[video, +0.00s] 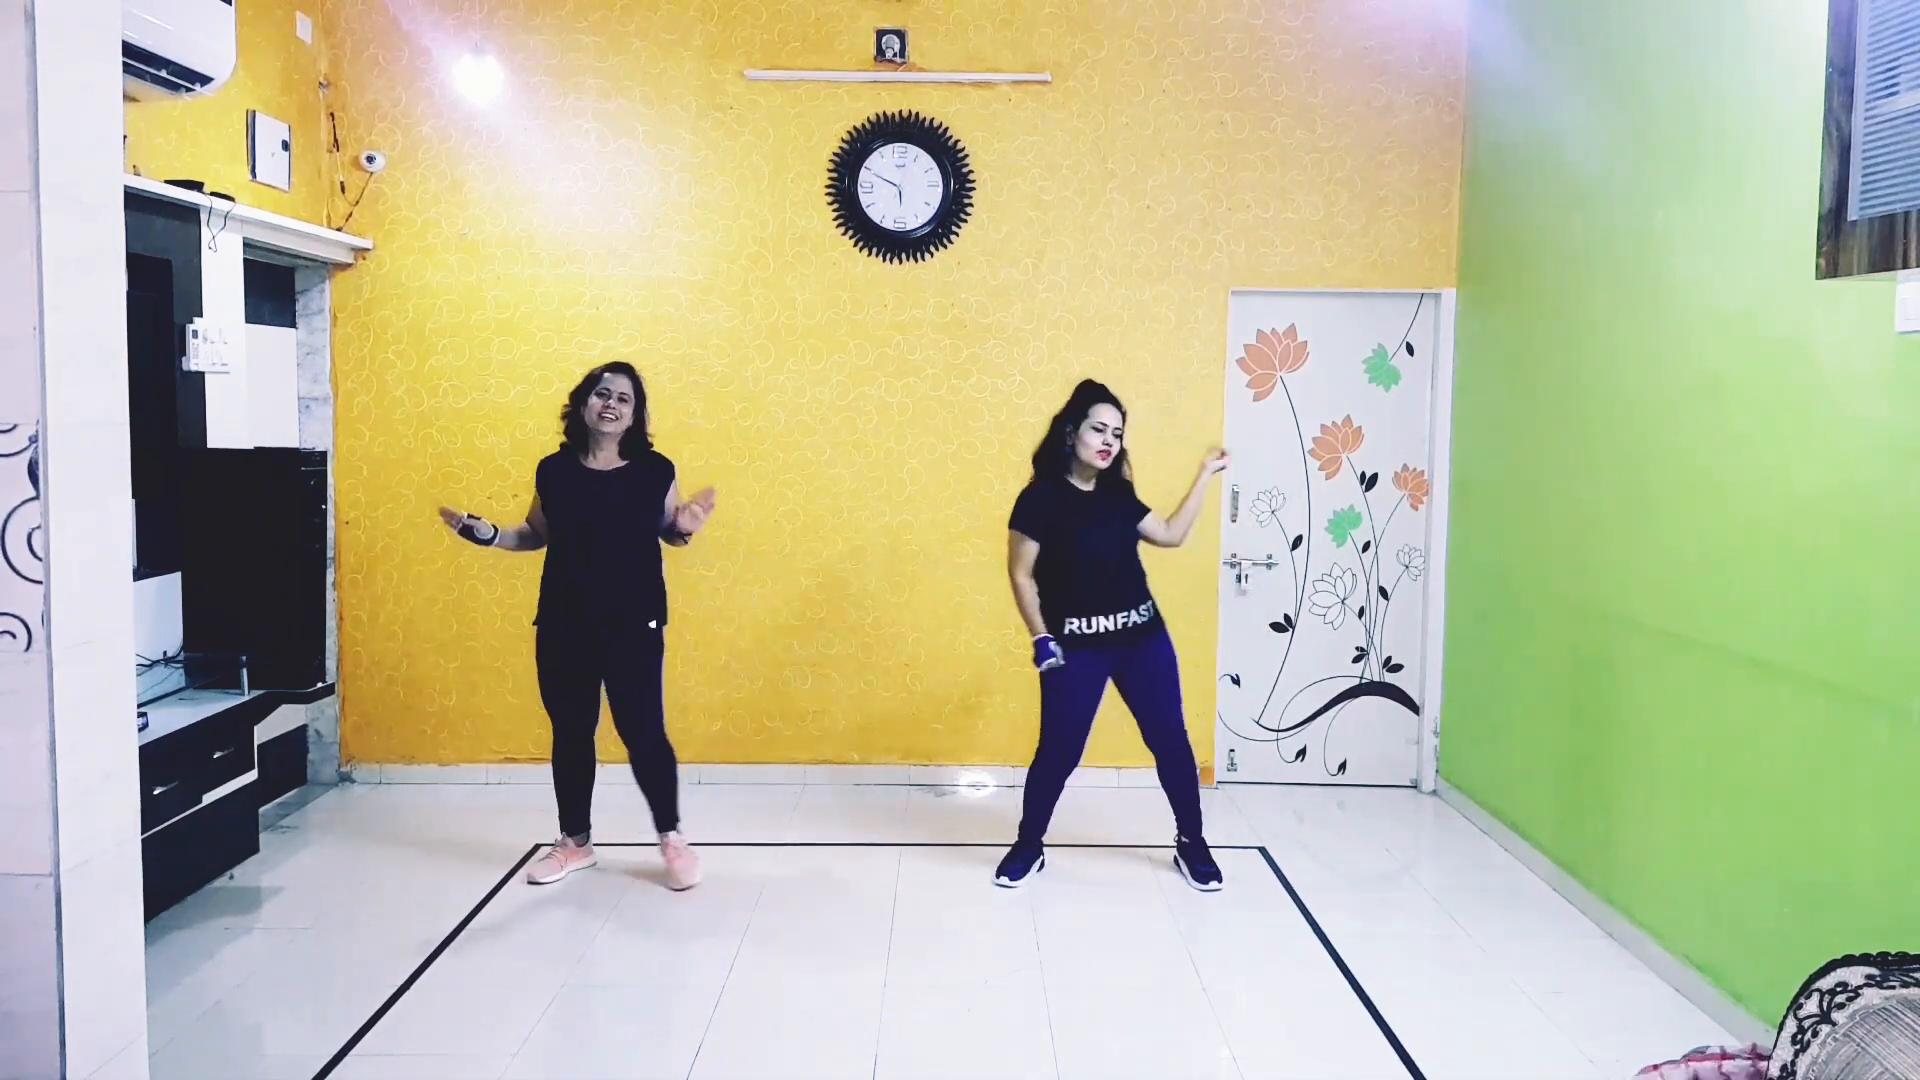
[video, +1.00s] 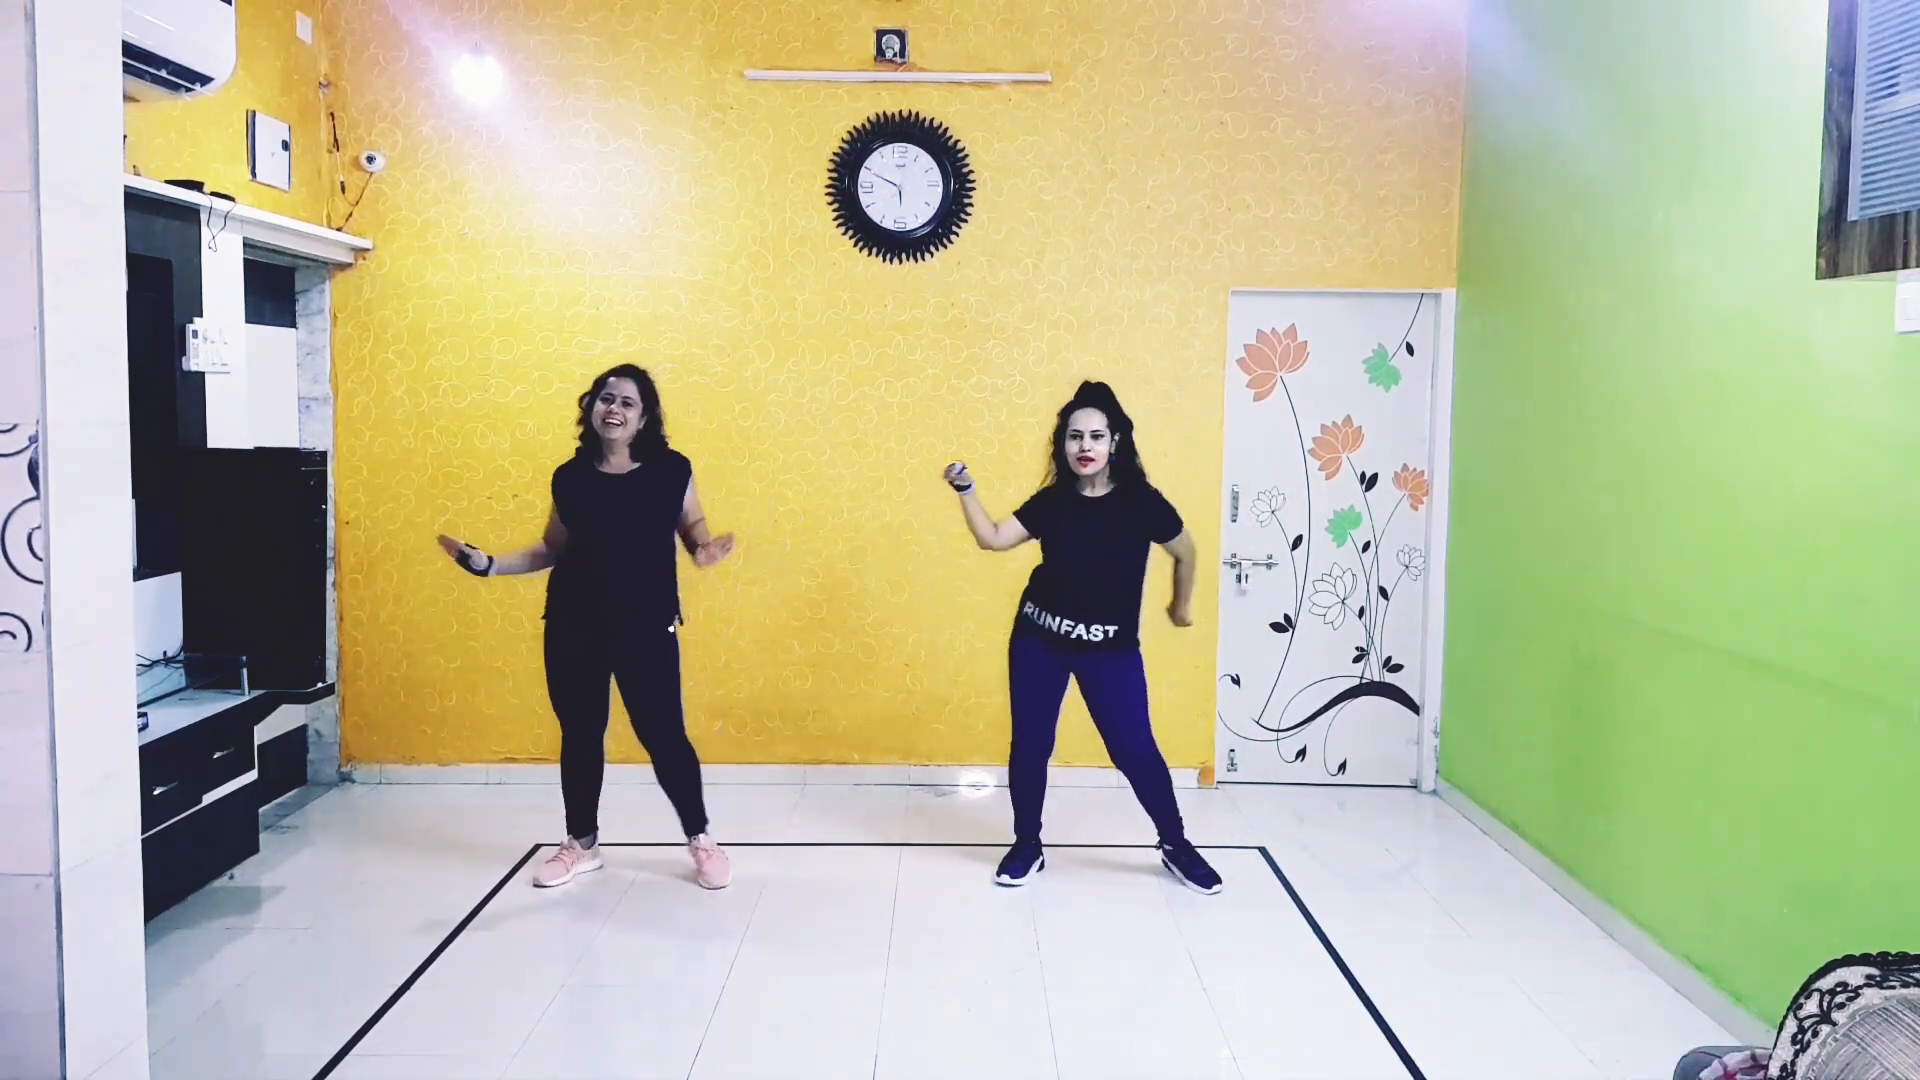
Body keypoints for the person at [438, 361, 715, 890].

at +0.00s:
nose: (610, 404)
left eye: (623, 399)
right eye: (602, 394)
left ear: (636, 413)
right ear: (581, 402)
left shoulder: (655, 471)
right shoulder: (555, 471)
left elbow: (672, 534)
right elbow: (536, 533)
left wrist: (683, 525)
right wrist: (490, 534)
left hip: (633, 625)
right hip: (565, 624)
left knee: (643, 732)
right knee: (570, 734)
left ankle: (670, 838)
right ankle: (574, 843)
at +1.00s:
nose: (613, 407)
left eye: (626, 402)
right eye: (606, 398)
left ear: (645, 416)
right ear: (590, 407)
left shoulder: (671, 472)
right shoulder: (570, 478)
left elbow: (697, 538)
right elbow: (551, 550)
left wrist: (708, 550)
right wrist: (490, 564)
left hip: (645, 628)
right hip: (575, 628)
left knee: (664, 736)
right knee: (579, 736)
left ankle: (700, 840)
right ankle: (580, 844)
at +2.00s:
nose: (657, 405)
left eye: (671, 399)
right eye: (652, 397)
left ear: (696, 413)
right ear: (642, 408)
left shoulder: (723, 474)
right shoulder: (627, 475)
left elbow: (754, 532)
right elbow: (617, 538)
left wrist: (788, 551)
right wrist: (562, 562)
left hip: (715, 623)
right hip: (647, 623)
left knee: (719, 733)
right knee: (614, 731)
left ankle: (737, 845)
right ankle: (602, 845)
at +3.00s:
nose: (668, 414)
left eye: (681, 408)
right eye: (659, 405)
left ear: (699, 421)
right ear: (646, 415)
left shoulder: (718, 488)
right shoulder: (617, 483)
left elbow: (742, 556)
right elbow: (590, 554)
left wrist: (770, 616)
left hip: (695, 635)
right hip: (623, 633)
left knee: (710, 746)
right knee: (598, 745)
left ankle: (729, 854)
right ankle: (574, 856)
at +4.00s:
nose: (646, 408)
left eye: (659, 403)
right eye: (638, 399)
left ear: (678, 419)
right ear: (624, 409)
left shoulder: (699, 481)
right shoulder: (598, 477)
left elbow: (729, 550)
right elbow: (560, 549)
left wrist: (768, 604)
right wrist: (521, 607)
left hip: (693, 632)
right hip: (621, 631)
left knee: (707, 740)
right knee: (603, 744)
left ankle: (730, 854)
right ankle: (576, 855)